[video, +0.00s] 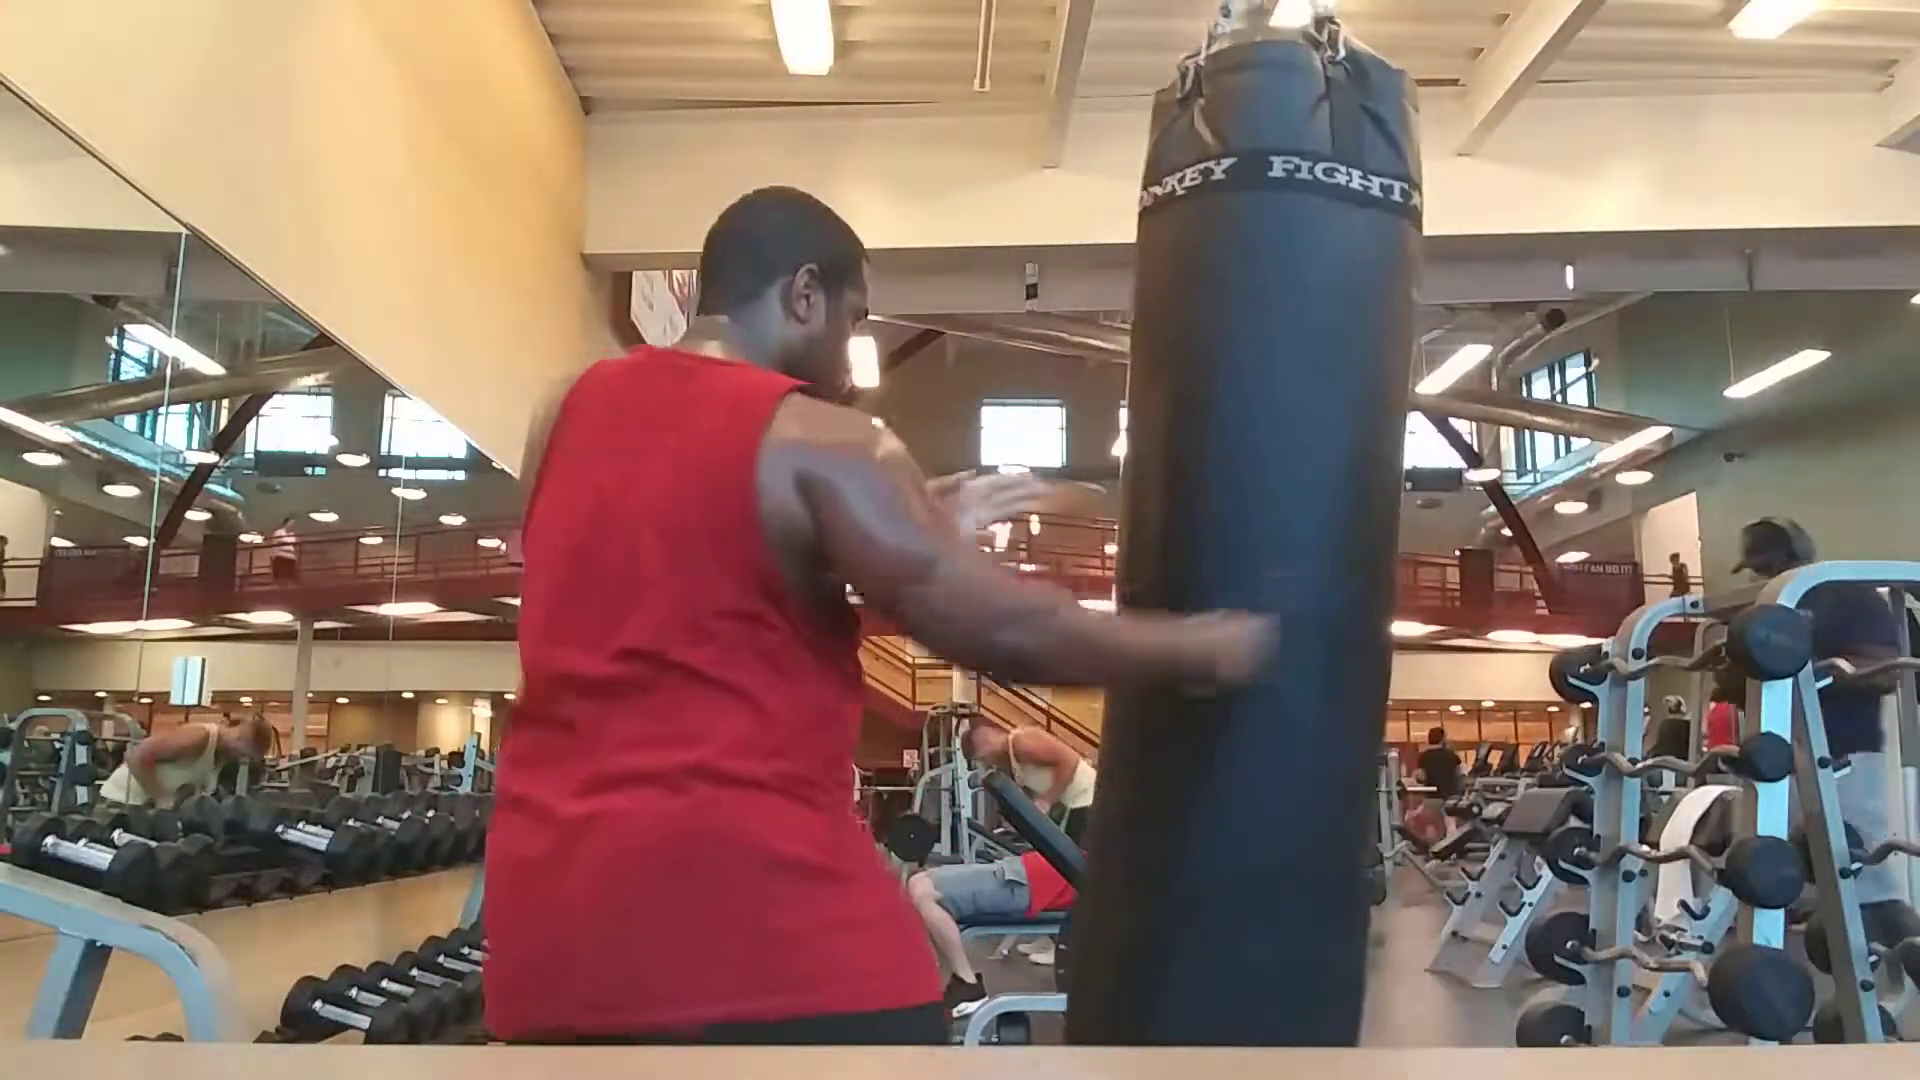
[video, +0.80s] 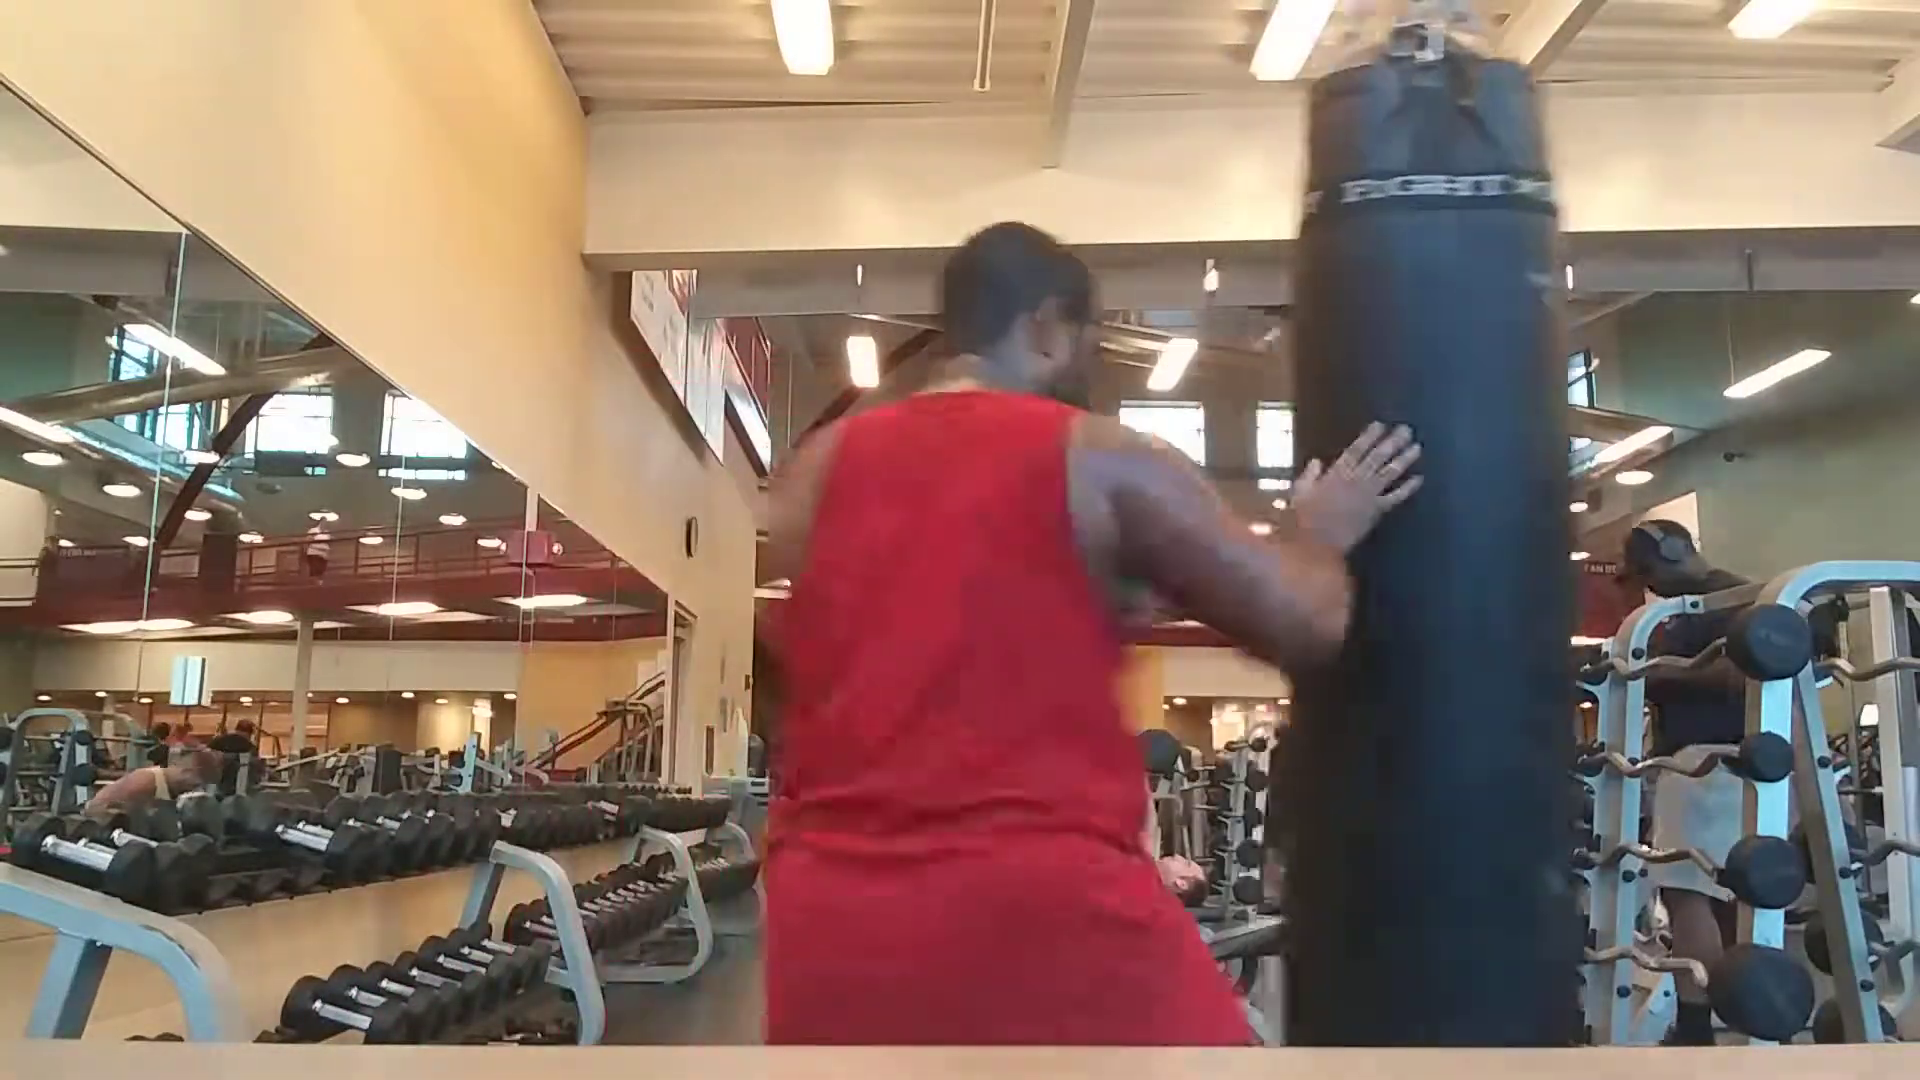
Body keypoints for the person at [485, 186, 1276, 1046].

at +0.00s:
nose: (851, 351)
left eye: (856, 325)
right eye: (853, 320)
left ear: (706, 293)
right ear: (805, 294)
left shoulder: (566, 410)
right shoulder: (820, 437)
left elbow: (706, 536)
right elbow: (1001, 630)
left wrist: (906, 515)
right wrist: (1200, 645)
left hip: (547, 900)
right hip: (758, 886)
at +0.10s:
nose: (865, 341)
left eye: (867, 318)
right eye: (864, 313)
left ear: (705, 292)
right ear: (814, 291)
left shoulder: (567, 399)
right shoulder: (836, 424)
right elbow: (1018, 580)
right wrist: (1246, 548)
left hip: (548, 903)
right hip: (768, 890)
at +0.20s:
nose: (884, 343)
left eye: (889, 324)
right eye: (884, 321)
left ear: (740, 293)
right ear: (836, 294)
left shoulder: (592, 403)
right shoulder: (859, 419)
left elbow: (562, 552)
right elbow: (1074, 550)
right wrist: (1224, 483)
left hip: (560, 896)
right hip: (787, 890)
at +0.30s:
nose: (922, 354)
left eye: (928, 332)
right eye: (924, 326)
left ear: (789, 294)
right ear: (875, 299)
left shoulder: (621, 420)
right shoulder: (908, 435)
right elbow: (1084, 599)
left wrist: (1015, 510)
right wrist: (1216, 498)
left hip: (602, 905)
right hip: (832, 891)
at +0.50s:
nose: (1032, 354)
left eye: (1040, 335)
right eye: (1035, 332)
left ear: (893, 302)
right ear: (987, 301)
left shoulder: (749, 422)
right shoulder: (1002, 415)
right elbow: (1163, 593)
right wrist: (1216, 521)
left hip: (729, 866)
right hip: (946, 860)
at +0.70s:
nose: (1055, 372)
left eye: (1061, 349)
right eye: (1054, 345)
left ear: (911, 326)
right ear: (1005, 321)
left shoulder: (776, 454)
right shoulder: (1032, 434)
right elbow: (1273, 587)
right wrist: (1302, 528)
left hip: (780, 923)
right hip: (1013, 909)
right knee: (1224, 1061)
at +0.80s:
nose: (1085, 365)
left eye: (1090, 343)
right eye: (1084, 341)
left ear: (950, 330)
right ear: (1045, 330)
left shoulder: (821, 462)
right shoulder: (1098, 456)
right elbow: (1310, 627)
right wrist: (1321, 537)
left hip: (830, 915)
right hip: (1059, 905)